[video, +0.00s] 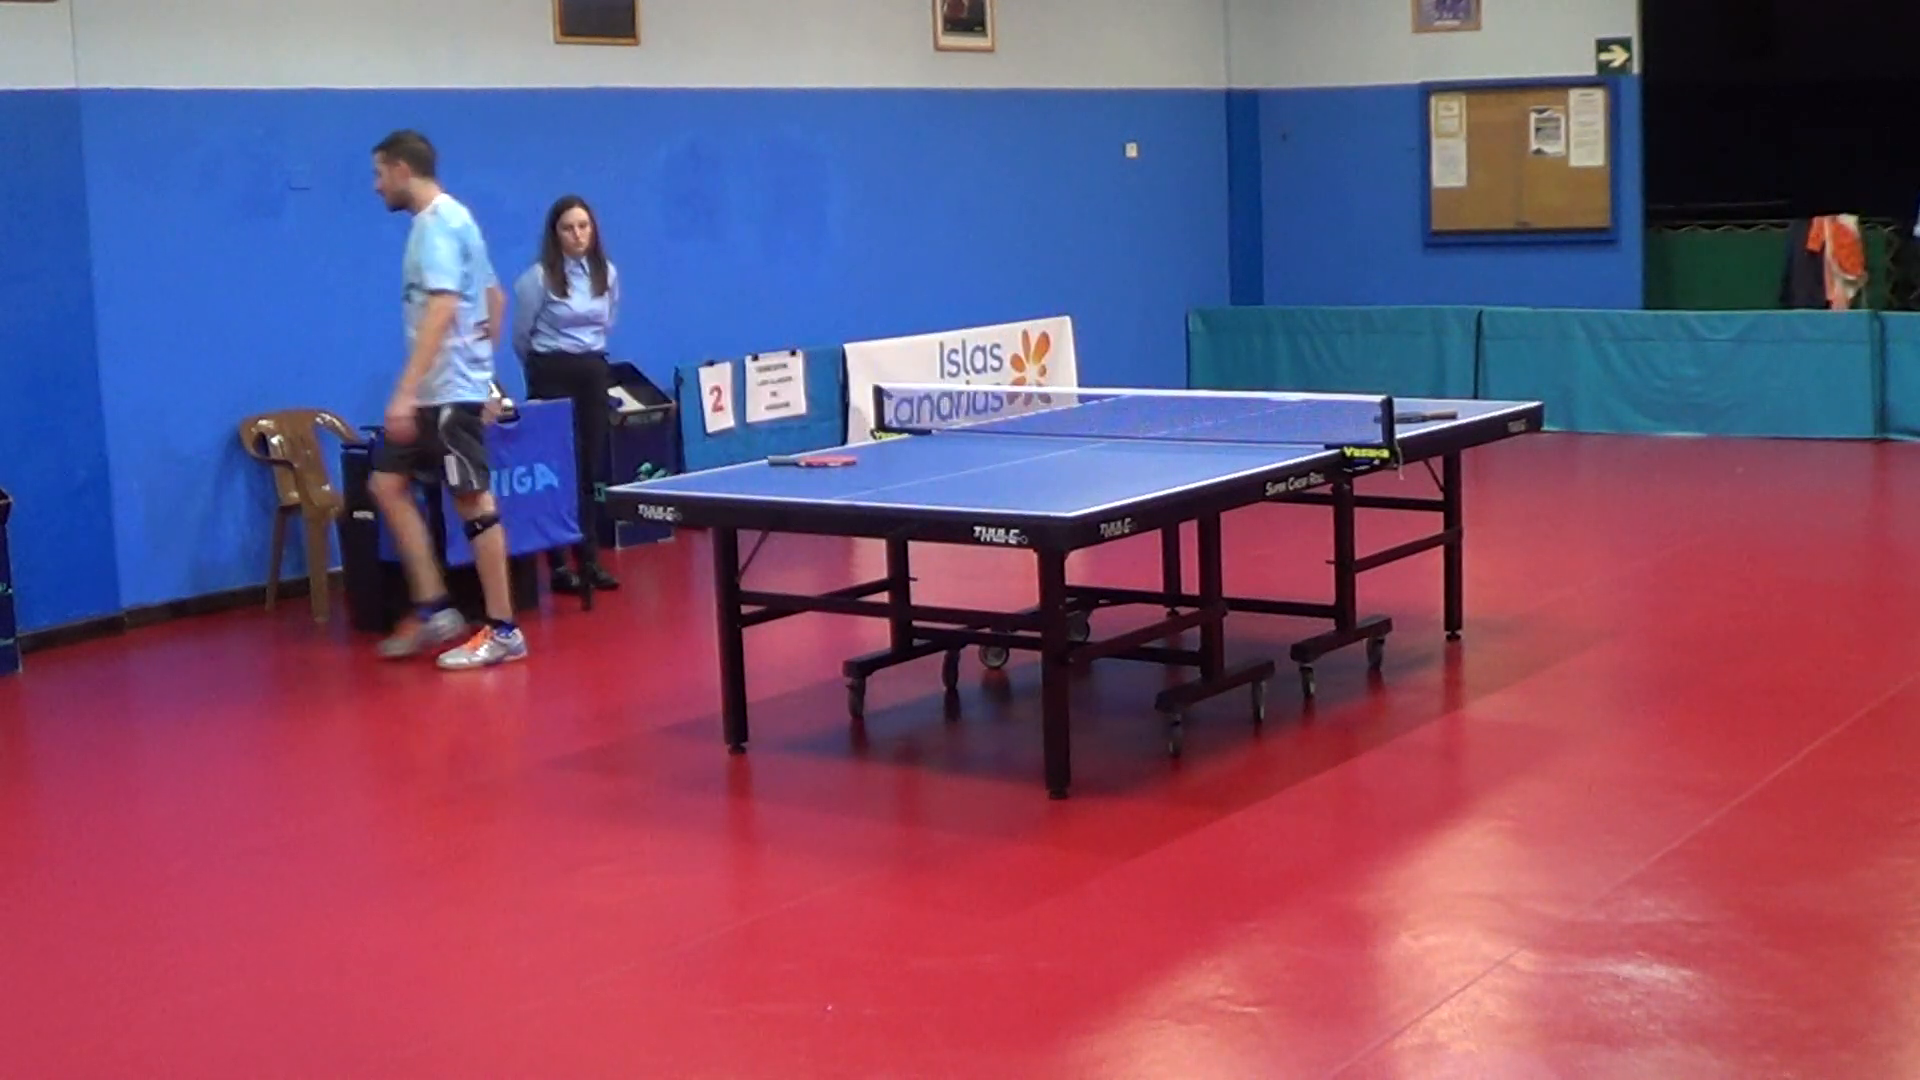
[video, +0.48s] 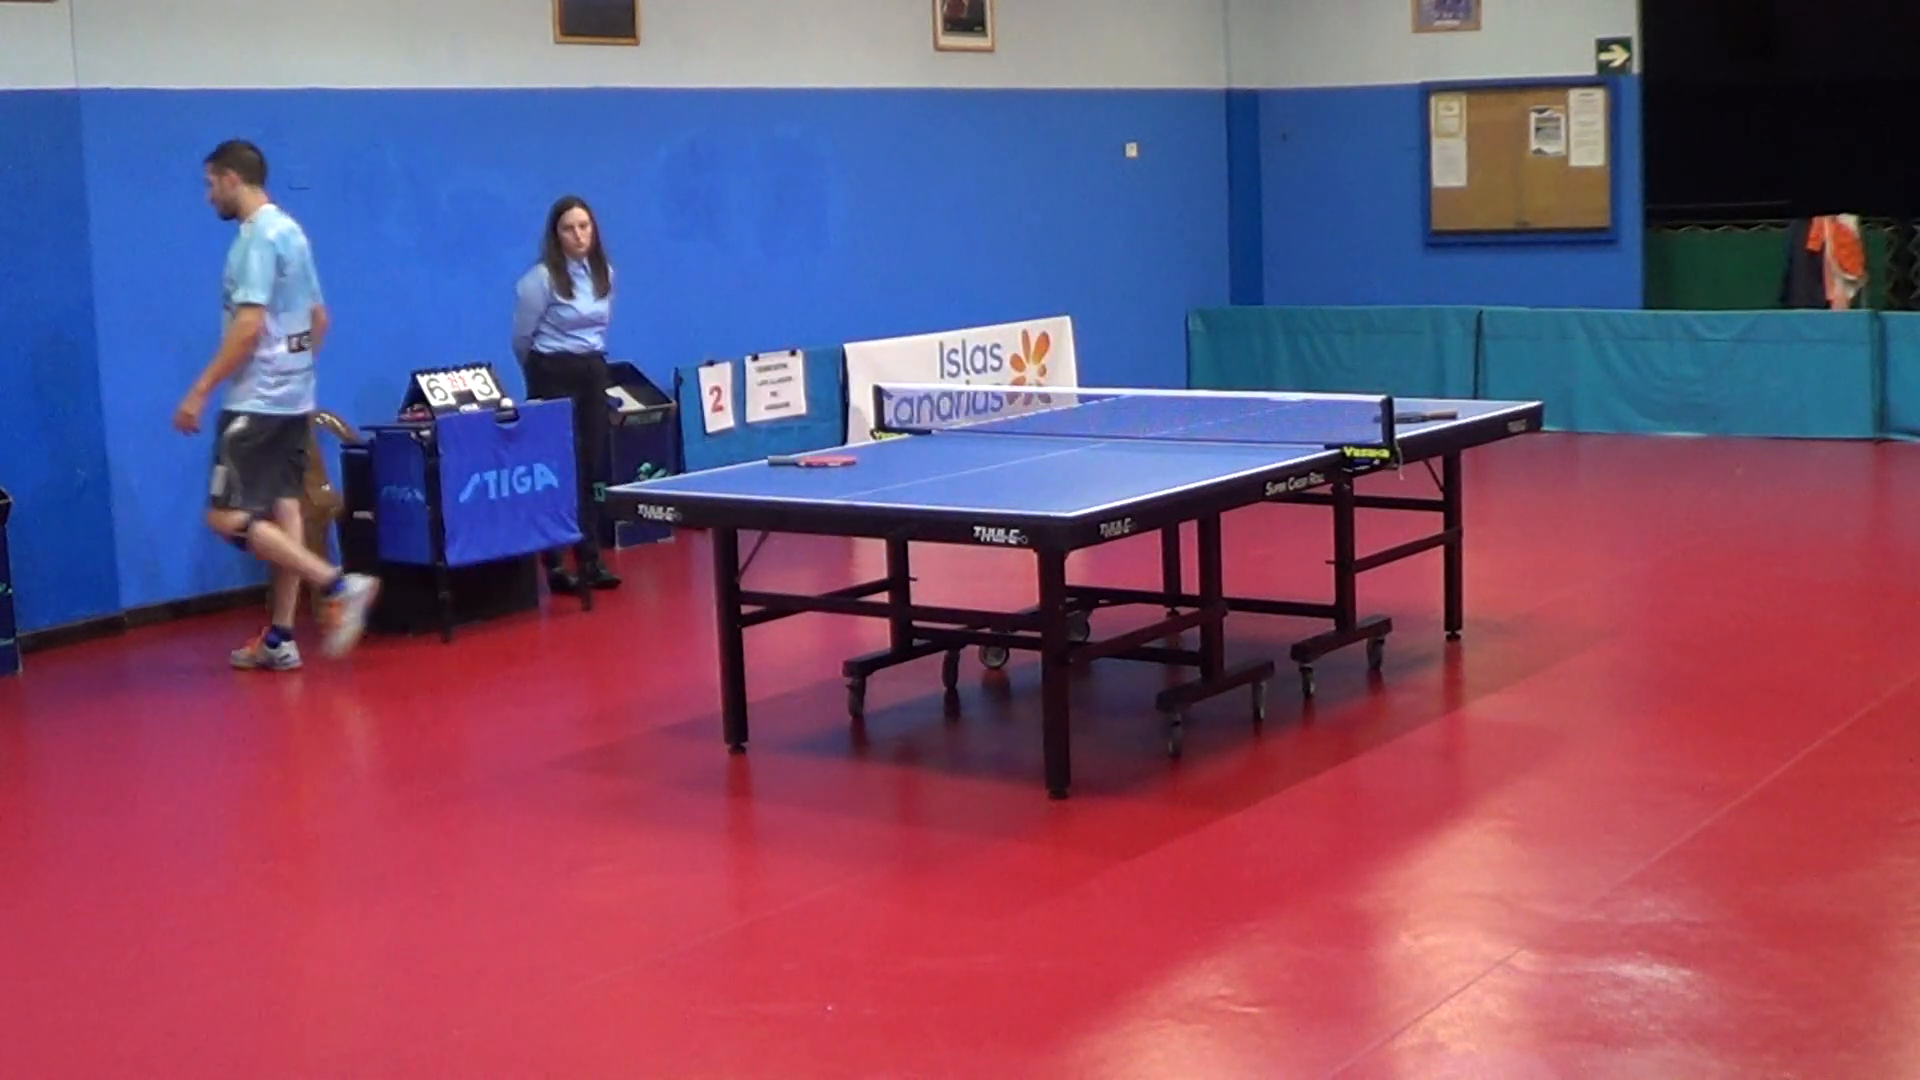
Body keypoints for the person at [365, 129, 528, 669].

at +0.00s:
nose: (376, 183)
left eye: (381, 172)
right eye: (376, 173)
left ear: (404, 171)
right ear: (415, 170)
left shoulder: (437, 224)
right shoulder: (455, 218)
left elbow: (442, 310)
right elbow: (494, 298)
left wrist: (405, 392)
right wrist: (479, 368)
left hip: (454, 393)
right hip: (431, 393)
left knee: (475, 504)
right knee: (387, 486)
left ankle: (503, 628)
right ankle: (435, 611)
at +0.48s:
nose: (208, 193)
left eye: (212, 183)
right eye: (209, 183)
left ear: (233, 181)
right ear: (251, 181)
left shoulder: (256, 238)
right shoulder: (291, 231)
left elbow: (248, 327)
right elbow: (317, 318)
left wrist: (198, 392)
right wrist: (289, 375)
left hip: (259, 401)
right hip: (293, 400)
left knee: (225, 516)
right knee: (285, 511)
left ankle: (338, 584)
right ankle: (279, 636)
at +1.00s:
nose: (3, 238)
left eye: (2, 229)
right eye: (2, 229)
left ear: (16, 222)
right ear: (42, 214)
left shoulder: (32, 277)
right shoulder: (108, 245)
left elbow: (29, 372)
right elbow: (172, 307)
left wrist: (14, 440)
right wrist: (182, 375)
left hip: (89, 418)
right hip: (149, 404)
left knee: (56, 524)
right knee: (167, 514)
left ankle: (56, 653)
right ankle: (249, 614)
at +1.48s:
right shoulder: (20, 241)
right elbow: (101, 258)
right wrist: (148, 315)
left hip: (55, 403)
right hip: (109, 377)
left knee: (52, 525)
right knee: (107, 500)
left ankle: (54, 651)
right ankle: (125, 626)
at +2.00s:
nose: (59, 215)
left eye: (70, 206)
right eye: (53, 206)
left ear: (96, 208)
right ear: (50, 208)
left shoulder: (110, 263)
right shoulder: (87, 253)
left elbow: (142, 351)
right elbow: (78, 322)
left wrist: (77, 409)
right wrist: (34, 362)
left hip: (129, 416)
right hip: (116, 413)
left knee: (90, 528)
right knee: (140, 519)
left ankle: (59, 650)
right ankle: (199, 636)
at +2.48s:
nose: (244, 187)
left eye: (247, 178)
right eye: (232, 177)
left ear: (248, 186)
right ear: (201, 183)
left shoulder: (265, 247)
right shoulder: (165, 245)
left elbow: (291, 317)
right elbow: (138, 329)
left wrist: (282, 351)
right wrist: (199, 355)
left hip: (262, 407)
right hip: (198, 414)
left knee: (291, 517)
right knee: (207, 520)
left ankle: (322, 636)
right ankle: (208, 639)